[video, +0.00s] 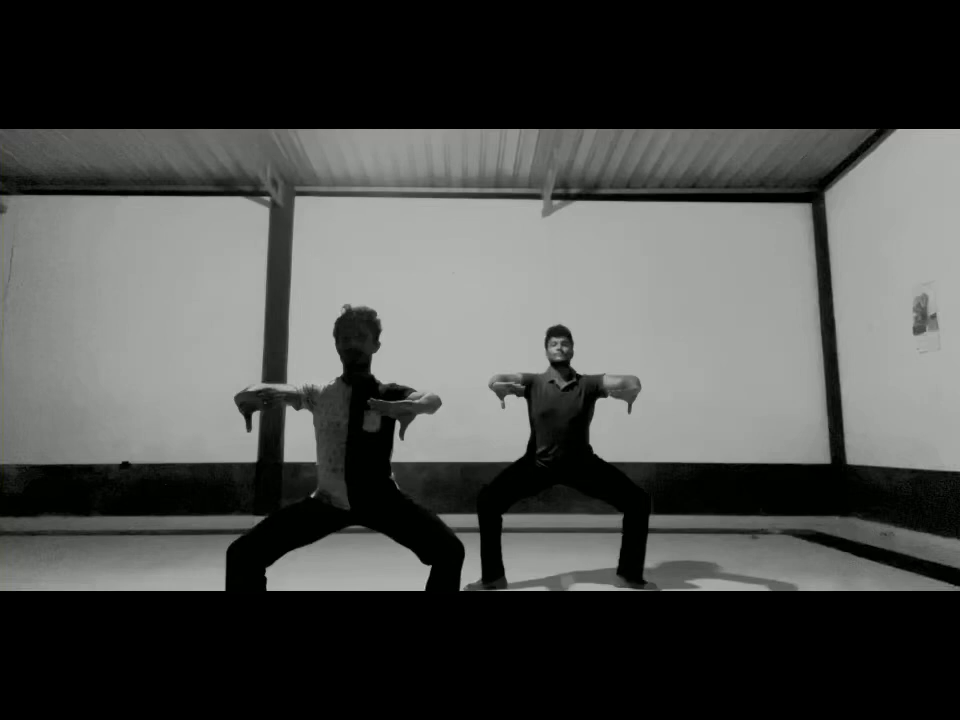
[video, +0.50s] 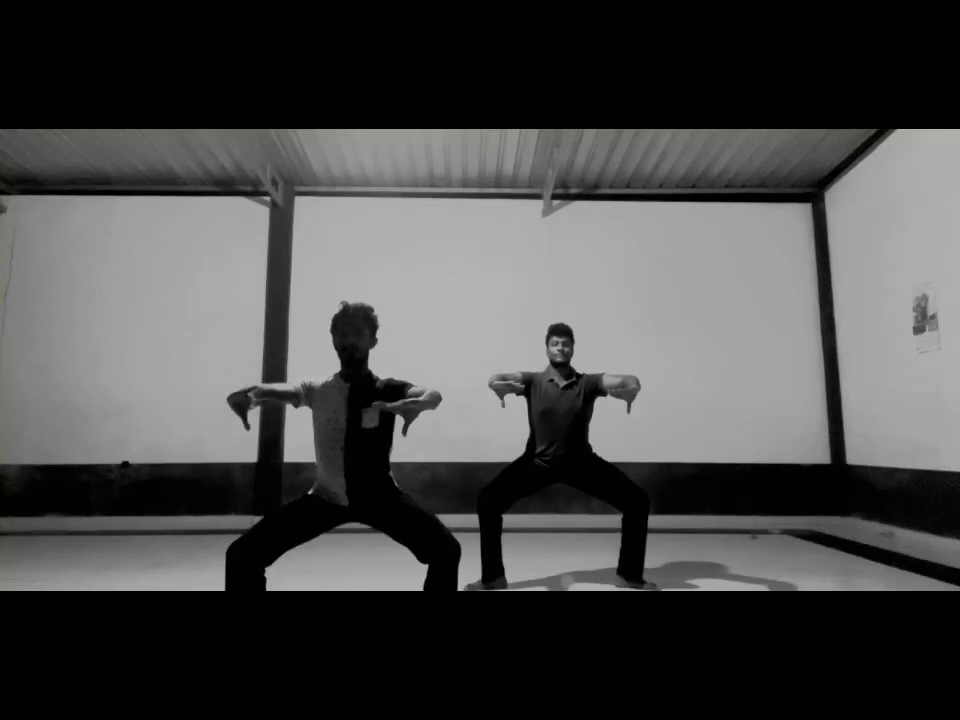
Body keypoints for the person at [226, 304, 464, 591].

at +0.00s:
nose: (351, 345)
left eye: (361, 337)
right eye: (344, 337)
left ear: (376, 344)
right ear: (335, 343)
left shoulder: (389, 394)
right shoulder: (319, 396)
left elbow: (433, 400)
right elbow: (265, 392)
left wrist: (412, 407)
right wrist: (245, 397)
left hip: (380, 502)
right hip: (329, 503)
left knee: (450, 552)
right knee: (242, 555)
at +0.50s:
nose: (348, 343)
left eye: (357, 334)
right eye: (341, 335)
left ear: (373, 339)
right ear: (332, 340)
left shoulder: (389, 390)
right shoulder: (317, 392)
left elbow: (433, 396)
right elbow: (271, 392)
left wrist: (414, 404)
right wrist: (244, 395)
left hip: (379, 499)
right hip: (327, 499)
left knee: (446, 551)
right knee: (242, 556)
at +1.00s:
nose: (406, 333)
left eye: (407, 327)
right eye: (399, 327)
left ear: (404, 340)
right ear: (377, 333)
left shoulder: (414, 386)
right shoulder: (359, 373)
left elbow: (466, 396)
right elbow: (364, 347)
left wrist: (512, 405)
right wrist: (421, 339)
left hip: (390, 490)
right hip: (344, 489)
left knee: (459, 544)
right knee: (285, 571)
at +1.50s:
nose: (409, 361)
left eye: (413, 354)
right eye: (407, 352)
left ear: (401, 350)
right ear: (387, 345)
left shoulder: (388, 385)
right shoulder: (350, 375)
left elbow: (413, 390)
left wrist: (456, 394)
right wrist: (428, 447)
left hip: (362, 490)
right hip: (320, 491)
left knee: (436, 538)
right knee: (269, 571)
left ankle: (441, 599)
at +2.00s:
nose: (385, 322)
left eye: (393, 315)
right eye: (377, 315)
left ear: (408, 322)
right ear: (368, 323)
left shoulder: (424, 373)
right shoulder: (355, 373)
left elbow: (467, 379)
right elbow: (293, 364)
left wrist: (476, 397)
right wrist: (264, 372)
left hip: (412, 485)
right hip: (360, 484)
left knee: (463, 554)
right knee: (285, 543)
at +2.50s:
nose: (330, 335)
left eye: (338, 328)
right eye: (330, 328)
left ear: (357, 334)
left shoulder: (367, 375)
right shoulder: (320, 384)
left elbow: (328, 350)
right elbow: (272, 380)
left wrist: (290, 326)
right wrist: (234, 399)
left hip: (372, 497)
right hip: (328, 496)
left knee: (420, 579)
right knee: (246, 542)